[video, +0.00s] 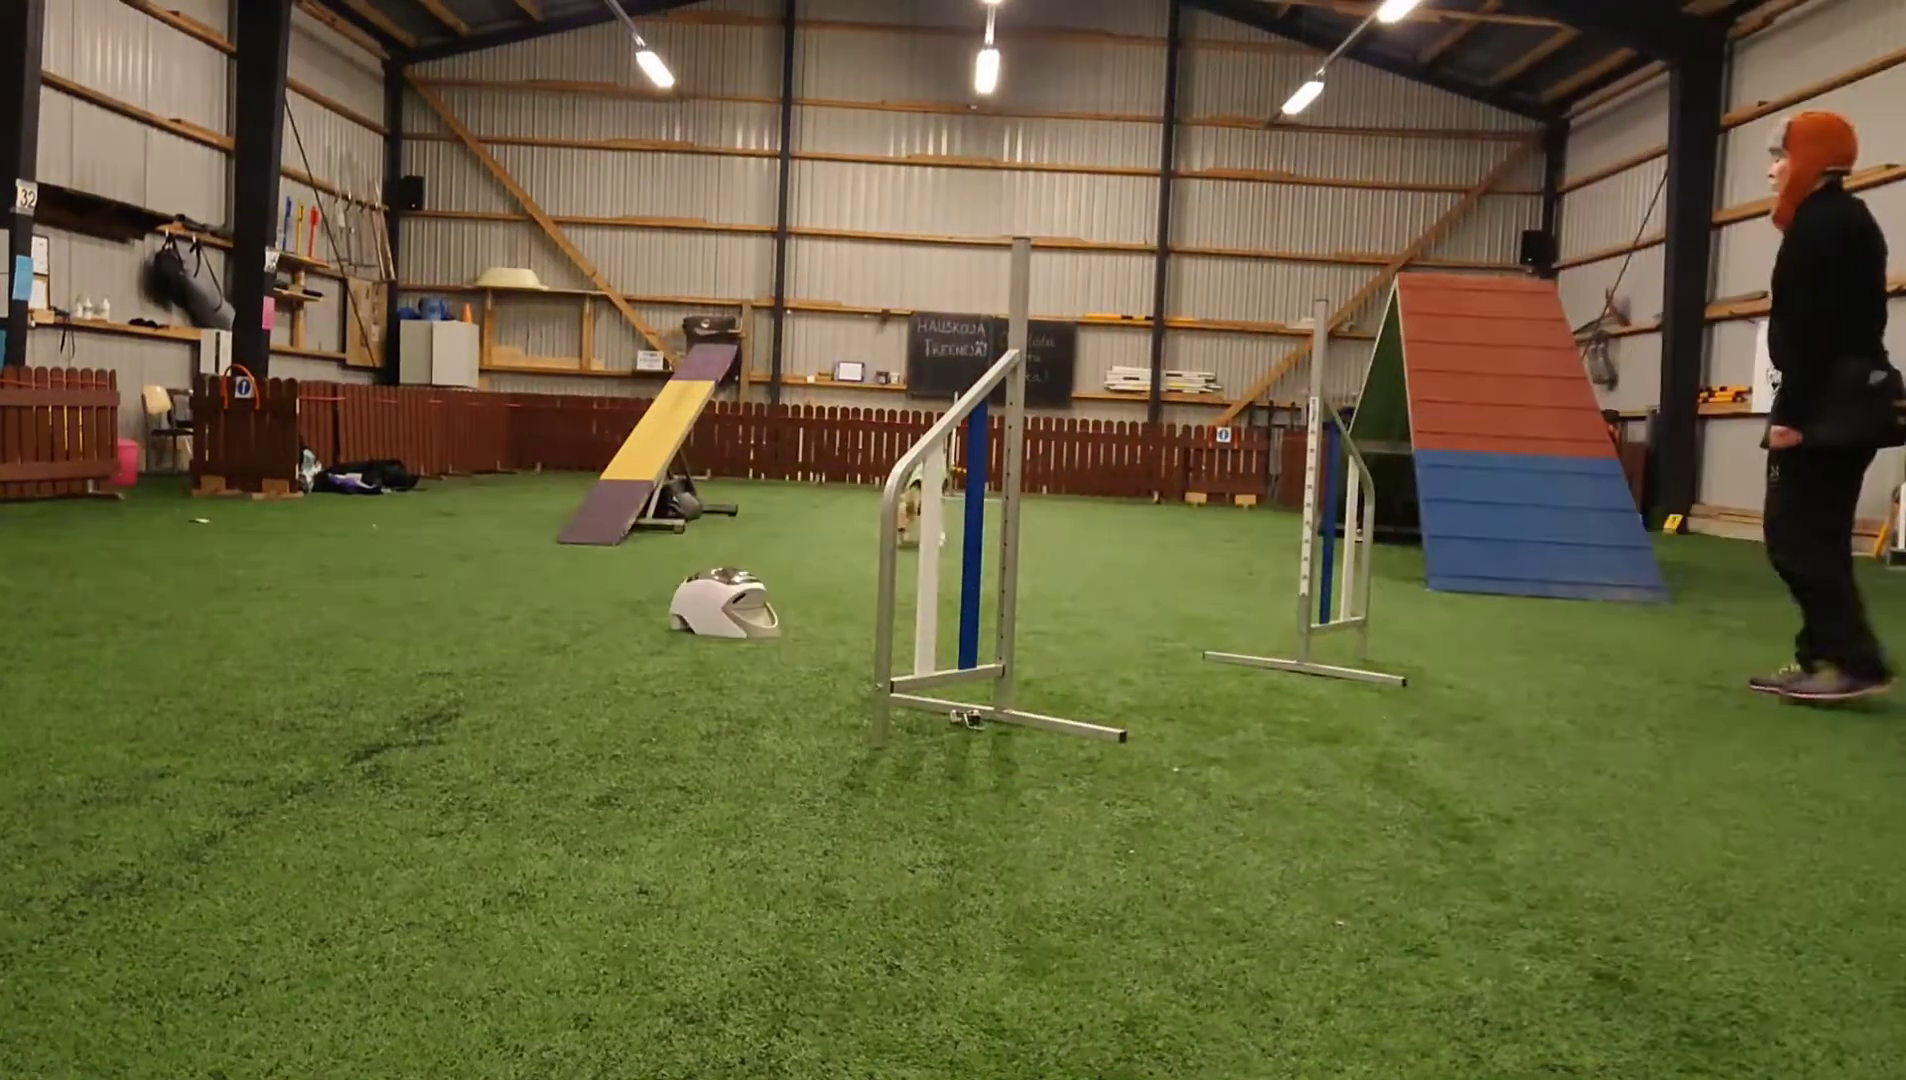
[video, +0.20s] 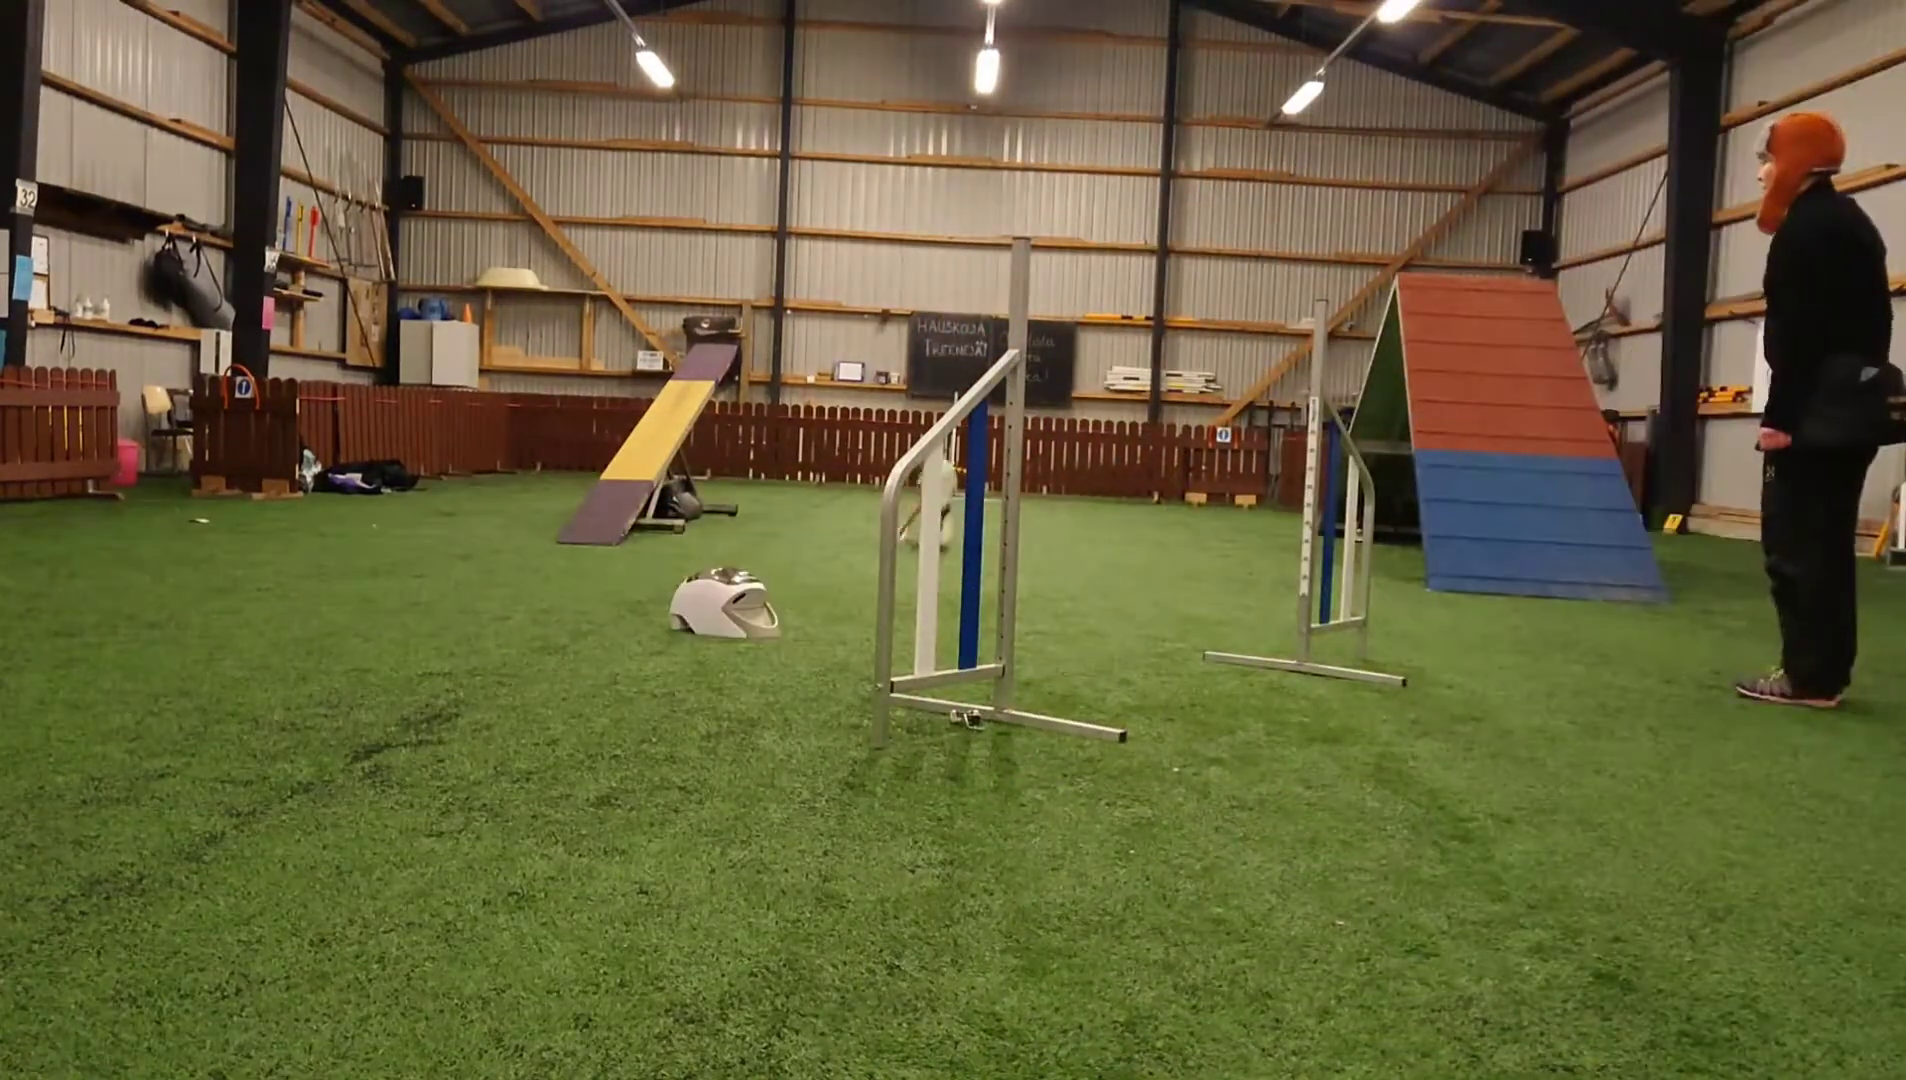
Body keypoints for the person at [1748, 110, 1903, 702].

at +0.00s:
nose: (1775, 166)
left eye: (1784, 155)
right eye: (1779, 154)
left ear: (1811, 162)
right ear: (1830, 162)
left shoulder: (1815, 225)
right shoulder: (1856, 220)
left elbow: (1811, 328)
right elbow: (1864, 324)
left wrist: (1790, 412)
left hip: (1822, 410)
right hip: (1852, 406)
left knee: (1793, 535)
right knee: (1822, 534)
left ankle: (1856, 663)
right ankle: (1822, 661)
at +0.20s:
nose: (1761, 168)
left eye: (1769, 156)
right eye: (1764, 155)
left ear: (1797, 164)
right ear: (1818, 163)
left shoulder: (1800, 230)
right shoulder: (1855, 222)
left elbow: (1793, 332)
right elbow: (1873, 327)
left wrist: (1780, 415)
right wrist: (1854, 398)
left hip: (1811, 417)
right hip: (1847, 415)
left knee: (1793, 546)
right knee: (1828, 543)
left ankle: (1808, 677)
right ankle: (1826, 674)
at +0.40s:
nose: (1765, 166)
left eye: (1772, 155)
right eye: (1767, 154)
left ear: (1798, 161)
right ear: (1820, 160)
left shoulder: (1799, 227)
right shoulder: (1854, 221)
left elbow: (1787, 329)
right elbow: (1871, 326)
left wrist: (1770, 412)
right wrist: (1862, 395)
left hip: (1805, 415)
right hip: (1843, 412)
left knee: (1793, 545)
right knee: (1822, 542)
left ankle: (1809, 676)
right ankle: (1824, 673)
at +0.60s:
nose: (1763, 168)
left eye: (1769, 158)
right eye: (1765, 157)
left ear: (1794, 163)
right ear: (1821, 162)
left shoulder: (1798, 225)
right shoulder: (1857, 222)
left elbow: (1776, 328)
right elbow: (1866, 326)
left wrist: (1731, 405)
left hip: (1812, 408)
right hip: (1855, 407)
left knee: (1782, 534)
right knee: (1826, 535)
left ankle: (1806, 673)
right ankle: (1825, 670)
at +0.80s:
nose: (1749, 195)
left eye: (1754, 182)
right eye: (1750, 182)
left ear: (1779, 184)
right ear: (1806, 180)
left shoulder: (1798, 239)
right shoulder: (1856, 228)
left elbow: (1777, 339)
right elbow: (1881, 318)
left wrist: (1688, 356)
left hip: (1848, 416)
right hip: (1886, 413)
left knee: (1810, 537)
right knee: (1838, 538)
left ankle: (1848, 674)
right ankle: (1826, 661)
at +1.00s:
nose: (1754, 217)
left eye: (1759, 204)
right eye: (1753, 205)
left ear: (1790, 203)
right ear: (1808, 201)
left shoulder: (1812, 258)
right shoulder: (1865, 235)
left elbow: (1786, 360)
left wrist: (1703, 367)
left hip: (1883, 423)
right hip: (1892, 420)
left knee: (1848, 541)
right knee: (1871, 545)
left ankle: (1823, 672)